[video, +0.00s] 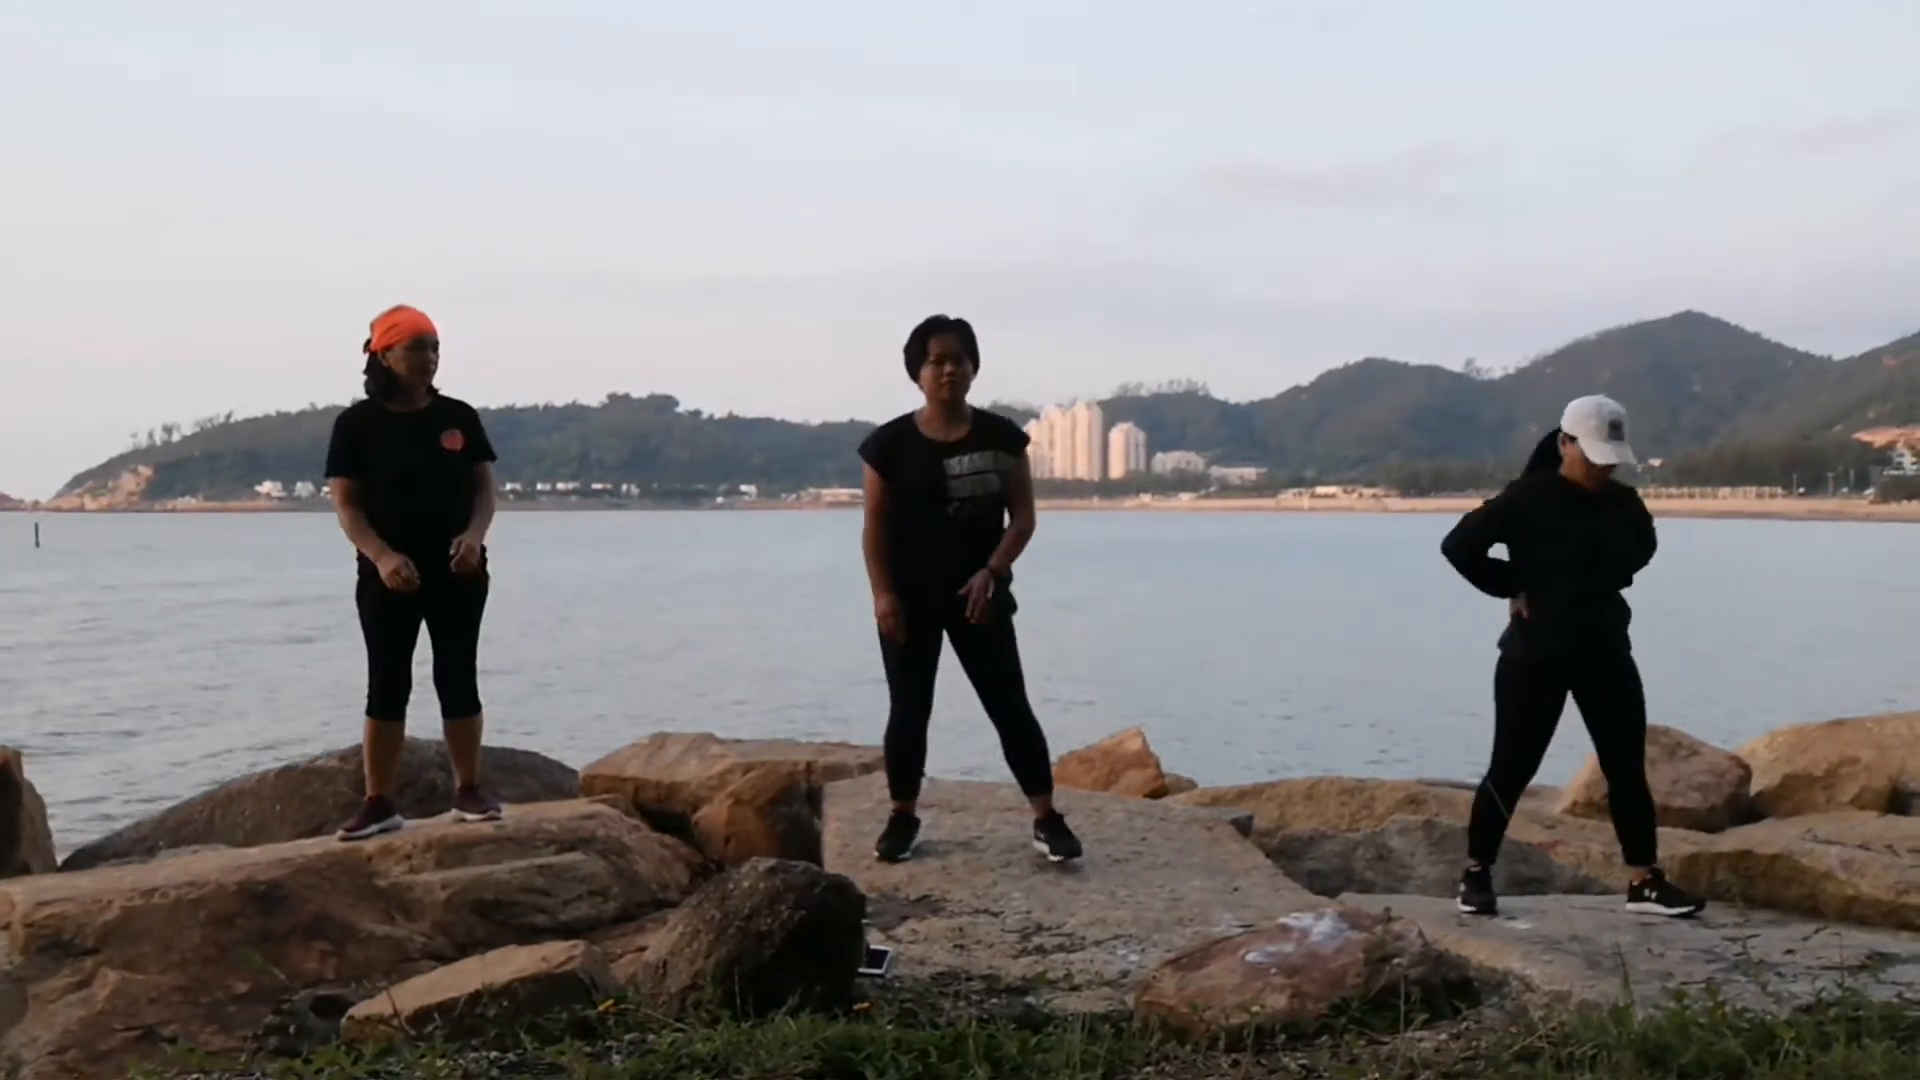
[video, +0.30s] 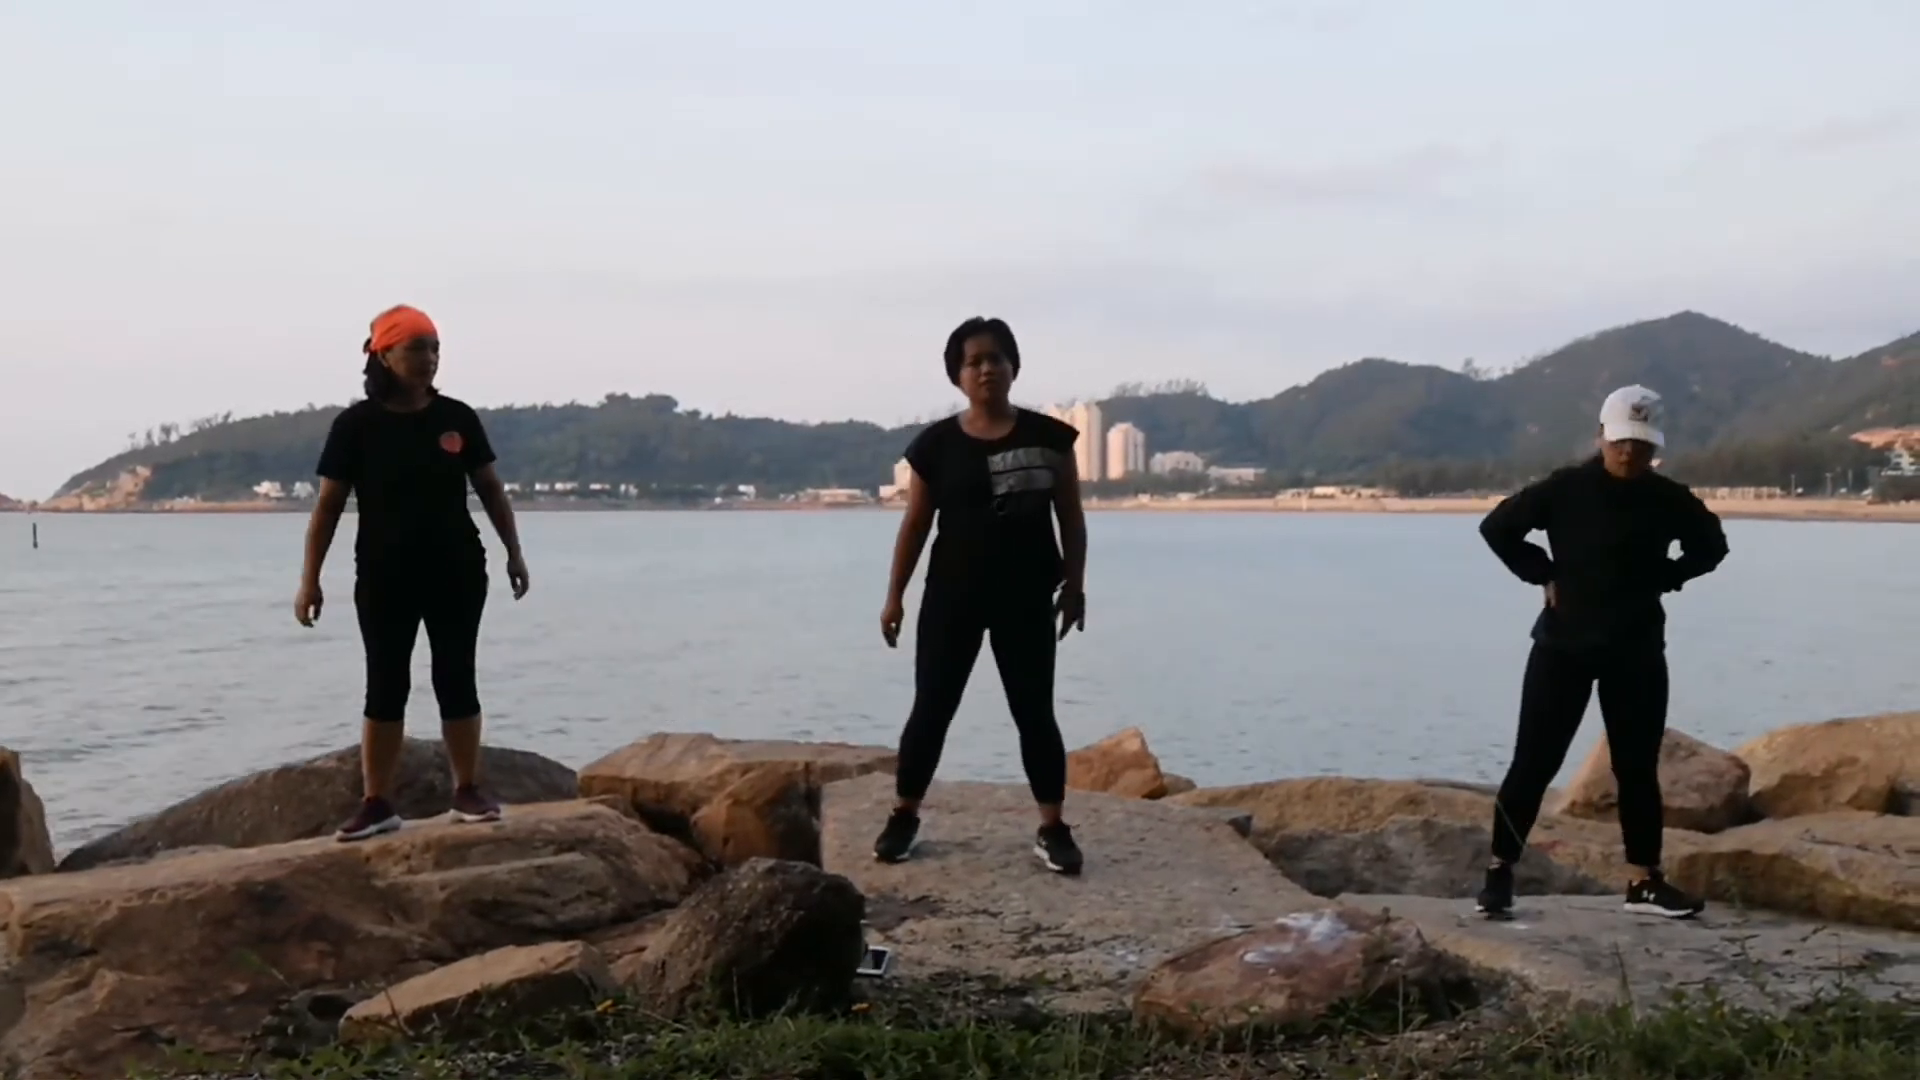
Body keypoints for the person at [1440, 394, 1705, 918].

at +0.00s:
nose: (1603, 471)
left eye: (1610, 461)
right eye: (1594, 460)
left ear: (1618, 451)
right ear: (1566, 446)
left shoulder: (1621, 496)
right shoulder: (1527, 498)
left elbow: (1644, 545)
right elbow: (1459, 547)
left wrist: (1605, 581)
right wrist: (1512, 585)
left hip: (1604, 649)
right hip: (1536, 650)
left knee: (1627, 767)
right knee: (1513, 766)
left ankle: (1645, 880)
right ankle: (1478, 875)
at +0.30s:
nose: (1630, 453)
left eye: (1641, 444)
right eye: (1620, 441)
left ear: (1654, 446)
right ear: (1601, 439)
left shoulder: (1669, 498)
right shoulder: (1566, 490)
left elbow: (1712, 547)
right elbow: (1497, 529)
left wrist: (1664, 577)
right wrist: (1546, 572)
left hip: (1636, 652)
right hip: (1563, 648)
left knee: (1639, 769)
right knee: (1535, 761)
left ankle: (1644, 881)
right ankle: (1499, 876)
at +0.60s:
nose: (1599, 441)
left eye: (1611, 431)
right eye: (1590, 430)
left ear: (1630, 440)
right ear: (1574, 435)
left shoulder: (1647, 498)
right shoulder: (1543, 494)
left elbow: (1685, 545)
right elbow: (1477, 539)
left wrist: (1640, 578)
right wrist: (1528, 580)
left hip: (1622, 653)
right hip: (1552, 651)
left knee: (1630, 770)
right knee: (1533, 768)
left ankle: (1643, 881)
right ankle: (1506, 884)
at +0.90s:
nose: (1570, 437)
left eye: (1580, 428)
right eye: (1558, 427)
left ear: (1593, 436)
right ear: (1539, 435)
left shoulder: (1612, 494)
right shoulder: (1515, 496)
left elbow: (1643, 537)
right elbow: (1451, 549)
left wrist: (1603, 577)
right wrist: (1510, 586)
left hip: (1599, 648)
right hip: (1531, 650)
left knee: (1629, 759)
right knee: (1519, 768)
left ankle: (1642, 875)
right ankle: (1503, 884)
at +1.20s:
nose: (1576, 440)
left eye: (1586, 429)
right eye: (1564, 430)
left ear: (1600, 437)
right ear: (1546, 439)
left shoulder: (1627, 496)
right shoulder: (1528, 502)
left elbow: (1666, 543)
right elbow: (1467, 556)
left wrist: (1631, 580)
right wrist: (1525, 588)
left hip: (1618, 655)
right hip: (1550, 657)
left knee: (1628, 772)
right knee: (1530, 773)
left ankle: (1645, 879)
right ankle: (1503, 884)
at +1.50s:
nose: (1591, 439)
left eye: (1601, 429)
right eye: (1580, 429)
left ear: (1615, 438)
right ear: (1561, 438)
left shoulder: (1637, 498)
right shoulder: (1538, 499)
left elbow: (1675, 547)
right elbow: (1475, 550)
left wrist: (1636, 581)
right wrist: (1531, 587)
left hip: (1621, 657)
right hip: (1553, 658)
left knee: (1628, 774)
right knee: (1531, 773)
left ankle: (1643, 879)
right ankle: (1502, 883)